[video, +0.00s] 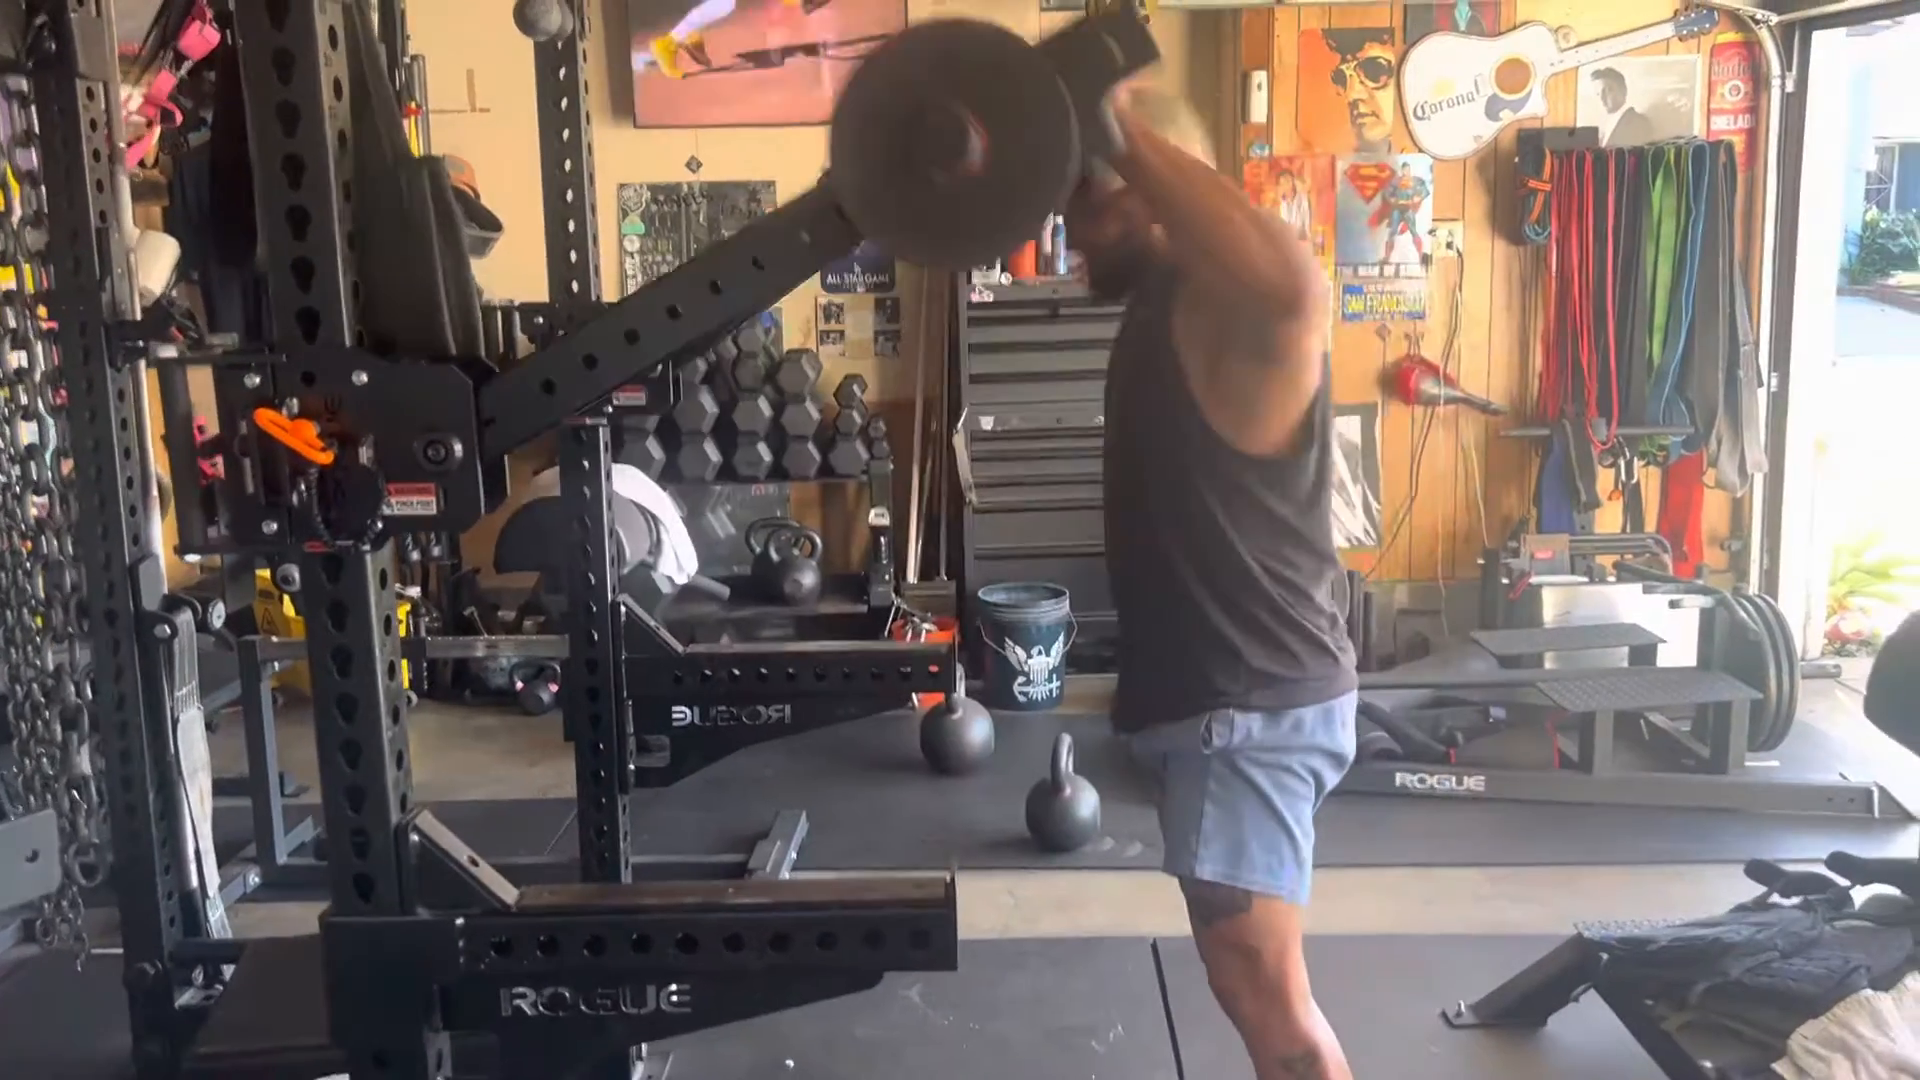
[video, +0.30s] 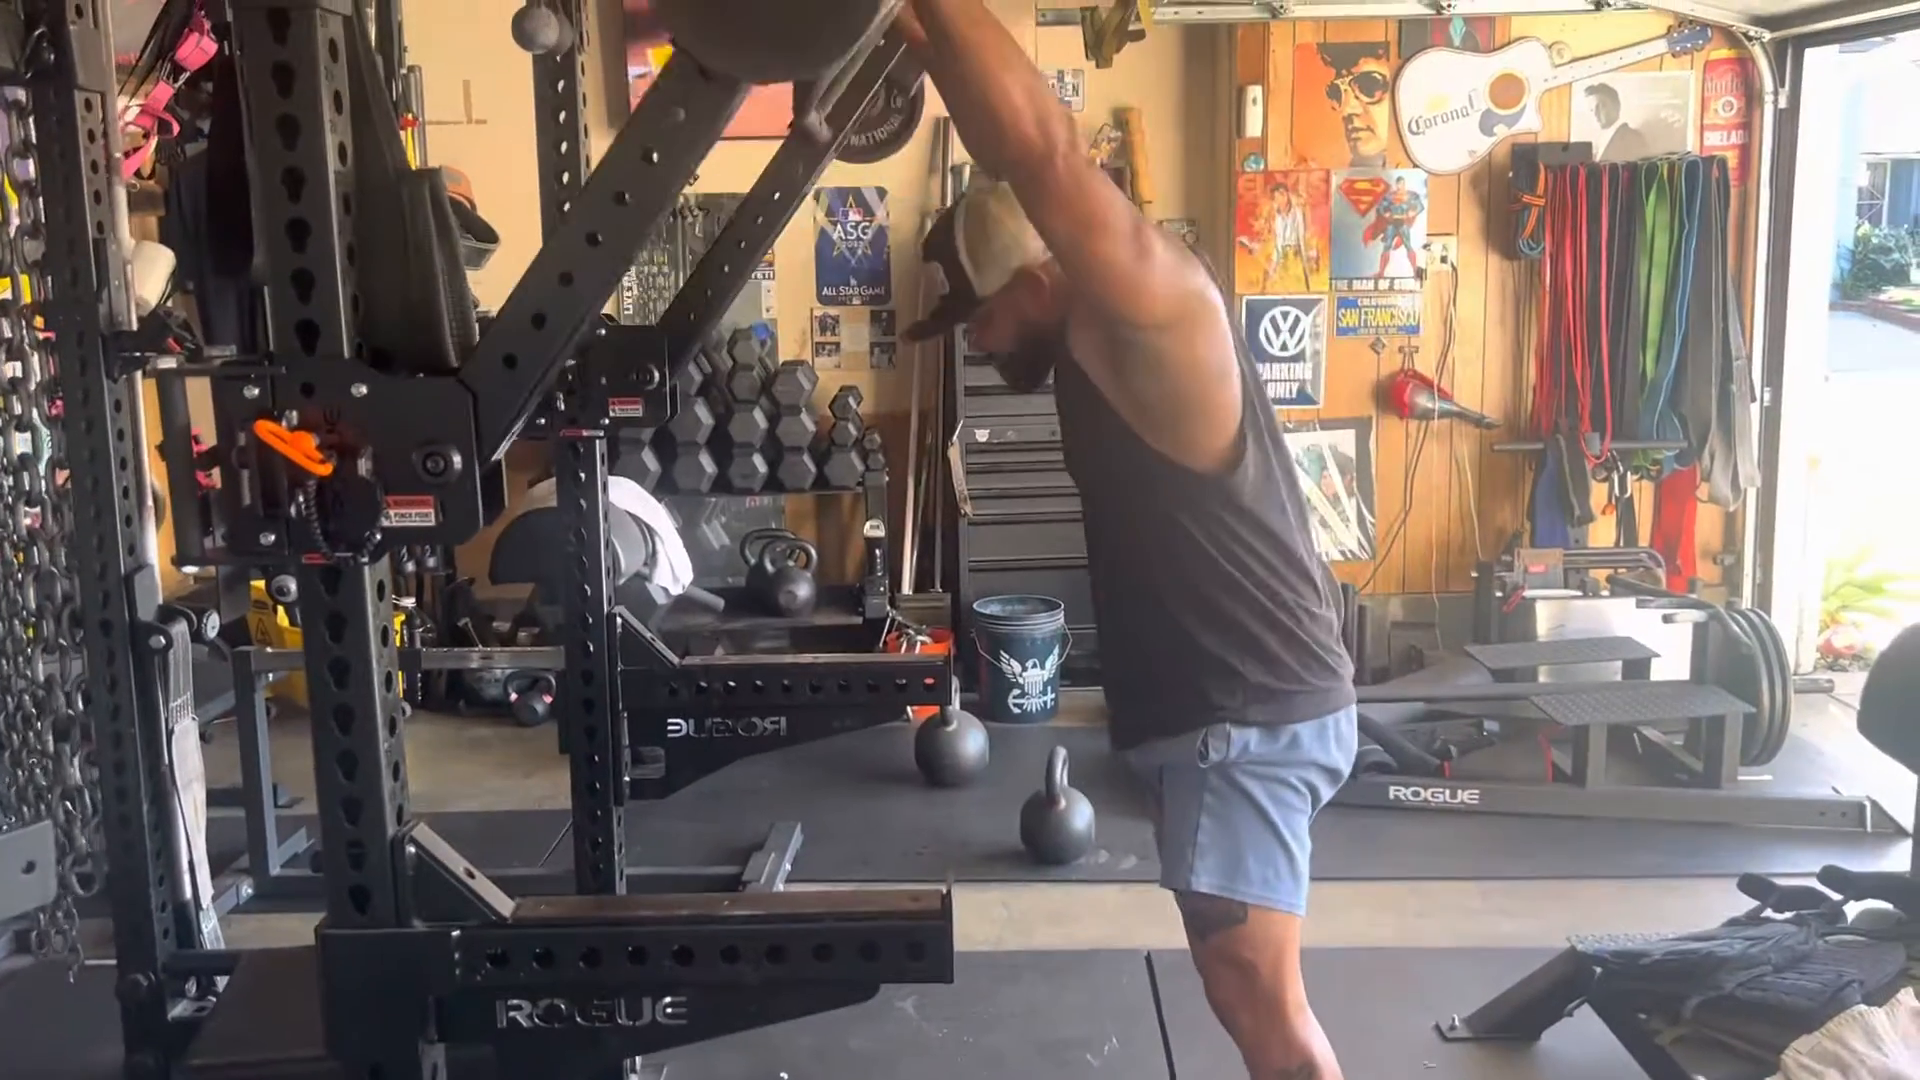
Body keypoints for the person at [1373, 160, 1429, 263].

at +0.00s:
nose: (1406, 172)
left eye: (1407, 170)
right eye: (1404, 170)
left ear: (1410, 170)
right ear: (1401, 171)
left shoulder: (1417, 181)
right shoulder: (1396, 181)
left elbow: (1425, 192)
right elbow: (1386, 192)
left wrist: (1417, 199)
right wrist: (1391, 200)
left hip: (1409, 207)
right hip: (1397, 206)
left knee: (1413, 231)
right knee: (1392, 231)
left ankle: (1421, 255)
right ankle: (1387, 257)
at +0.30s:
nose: (1400, 186)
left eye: (1402, 184)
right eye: (1398, 184)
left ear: (1405, 184)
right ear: (1395, 184)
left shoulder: (1412, 196)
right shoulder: (1389, 196)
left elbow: (1420, 207)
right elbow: (1380, 208)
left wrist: (1413, 213)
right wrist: (1385, 214)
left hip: (1404, 221)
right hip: (1392, 221)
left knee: (1408, 245)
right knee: (1387, 246)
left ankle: (1415, 270)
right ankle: (1381, 272)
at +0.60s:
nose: (1400, 201)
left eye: (1401, 199)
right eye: (1398, 199)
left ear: (1404, 200)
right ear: (1395, 200)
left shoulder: (1411, 210)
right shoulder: (1390, 211)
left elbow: (1420, 222)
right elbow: (1380, 222)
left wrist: (1413, 228)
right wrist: (1385, 229)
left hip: (1404, 236)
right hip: (1392, 236)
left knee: (1408, 260)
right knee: (1387, 261)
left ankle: (1414, 285)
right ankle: (1381, 286)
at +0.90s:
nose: (1396, 214)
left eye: (1398, 212)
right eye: (1394, 212)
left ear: (1401, 213)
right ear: (1391, 213)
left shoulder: (1408, 224)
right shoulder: (1385, 224)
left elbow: (1416, 235)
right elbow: (1376, 235)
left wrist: (1409, 242)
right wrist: (1381, 243)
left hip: (1400, 249)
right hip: (1388, 248)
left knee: (1404, 273)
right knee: (1383, 274)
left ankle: (1410, 298)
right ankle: (1376, 299)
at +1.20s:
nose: (1391, 227)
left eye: (1392, 224)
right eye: (1389, 225)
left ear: (1395, 225)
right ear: (1386, 225)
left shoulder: (1402, 235)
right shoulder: (1381, 236)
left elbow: (1410, 247)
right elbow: (1371, 247)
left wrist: (1403, 253)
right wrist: (1376, 254)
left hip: (1394, 261)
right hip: (1383, 260)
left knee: (1398, 285)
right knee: (1377, 284)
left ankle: (1405, 308)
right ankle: (1371, 308)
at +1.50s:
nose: (1388, 240)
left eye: (1389, 238)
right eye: (1386, 238)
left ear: (1392, 238)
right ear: (1383, 238)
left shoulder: (1399, 248)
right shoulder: (1378, 248)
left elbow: (1407, 260)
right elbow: (1368, 259)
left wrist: (1400, 266)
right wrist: (1372, 266)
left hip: (1391, 273)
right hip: (1379, 273)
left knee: (1395, 297)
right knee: (1373, 298)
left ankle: (1401, 322)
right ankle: (1368, 322)